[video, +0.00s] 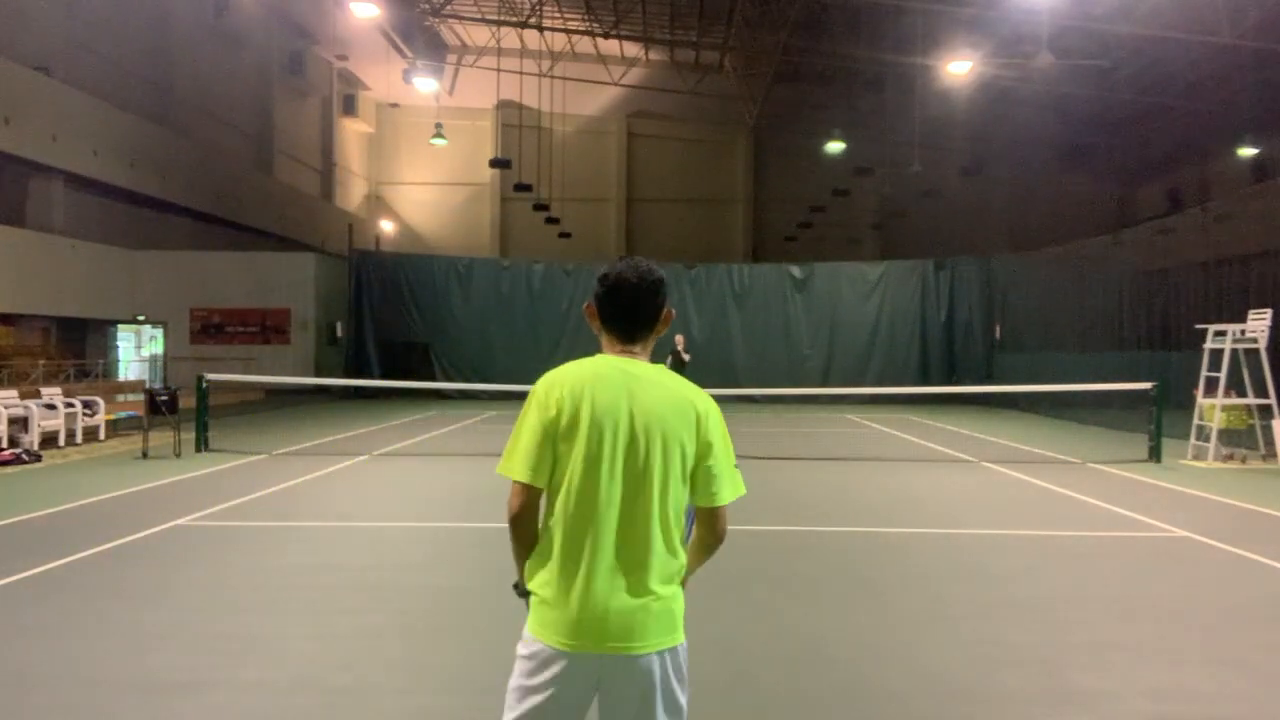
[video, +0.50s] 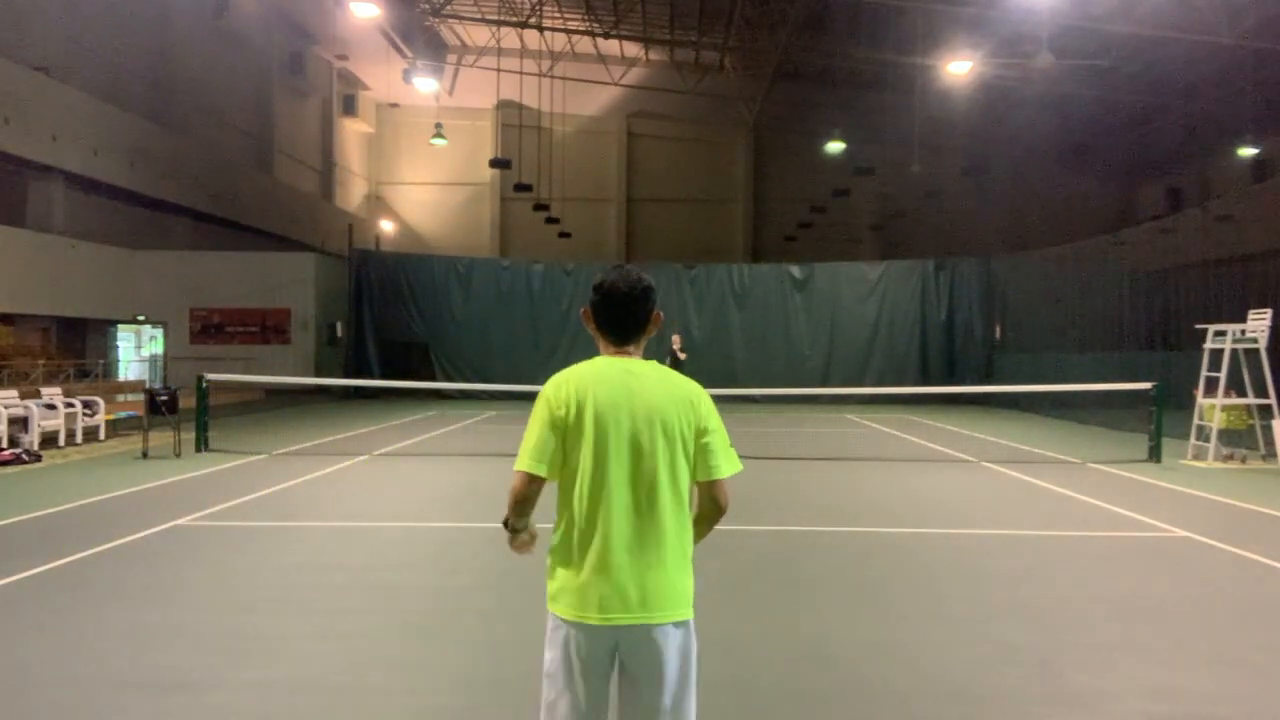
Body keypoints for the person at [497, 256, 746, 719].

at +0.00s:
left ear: (592, 315)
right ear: (665, 319)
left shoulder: (556, 388)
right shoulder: (694, 403)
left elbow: (521, 508)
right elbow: (713, 528)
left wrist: (528, 576)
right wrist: (673, 576)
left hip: (559, 629)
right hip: (651, 633)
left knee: (528, 713)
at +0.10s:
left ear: (601, 311)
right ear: (673, 315)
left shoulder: (569, 381)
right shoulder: (702, 396)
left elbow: (526, 488)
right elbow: (725, 517)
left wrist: (526, 563)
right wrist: (682, 561)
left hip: (569, 610)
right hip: (659, 616)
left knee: (532, 714)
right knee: (656, 714)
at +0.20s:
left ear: (605, 311)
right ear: (675, 314)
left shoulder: (579, 377)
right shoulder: (706, 394)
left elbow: (534, 479)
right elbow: (731, 510)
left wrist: (520, 550)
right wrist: (689, 554)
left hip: (575, 604)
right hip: (662, 610)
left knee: (548, 715)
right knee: (658, 714)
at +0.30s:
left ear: (604, 313)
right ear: (672, 316)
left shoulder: (581, 378)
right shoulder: (703, 394)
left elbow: (541, 478)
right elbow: (732, 506)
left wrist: (516, 540)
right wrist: (692, 550)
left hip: (580, 602)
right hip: (664, 607)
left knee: (563, 714)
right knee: (658, 715)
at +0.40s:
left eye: (598, 309)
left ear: (598, 317)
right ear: (664, 320)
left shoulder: (576, 382)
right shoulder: (697, 394)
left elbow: (539, 483)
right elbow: (725, 505)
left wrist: (516, 538)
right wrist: (682, 550)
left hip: (581, 606)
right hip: (665, 607)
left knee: (572, 714)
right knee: (662, 715)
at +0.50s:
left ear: (589, 320)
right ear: (653, 322)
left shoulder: (565, 388)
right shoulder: (688, 393)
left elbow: (525, 487)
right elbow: (716, 500)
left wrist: (517, 526)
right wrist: (680, 540)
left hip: (580, 607)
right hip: (664, 607)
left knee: (569, 714)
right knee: (664, 715)